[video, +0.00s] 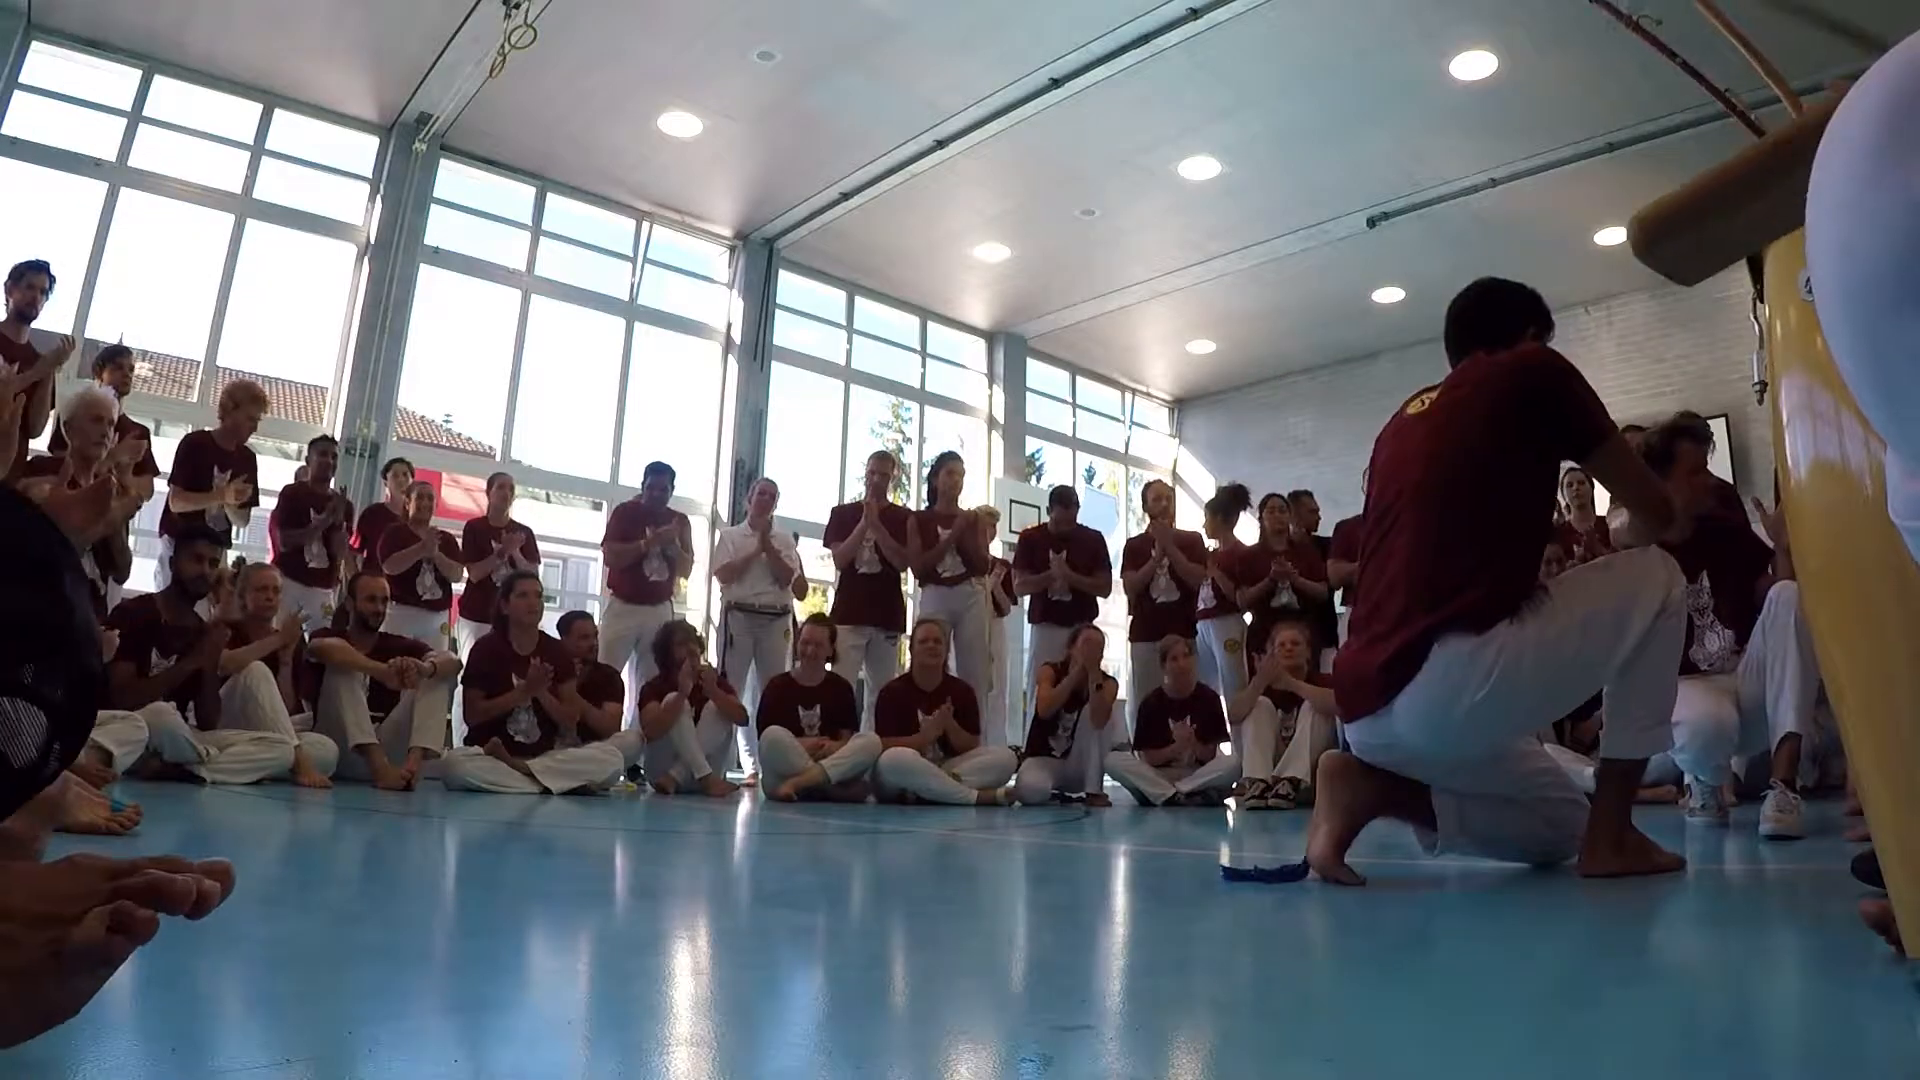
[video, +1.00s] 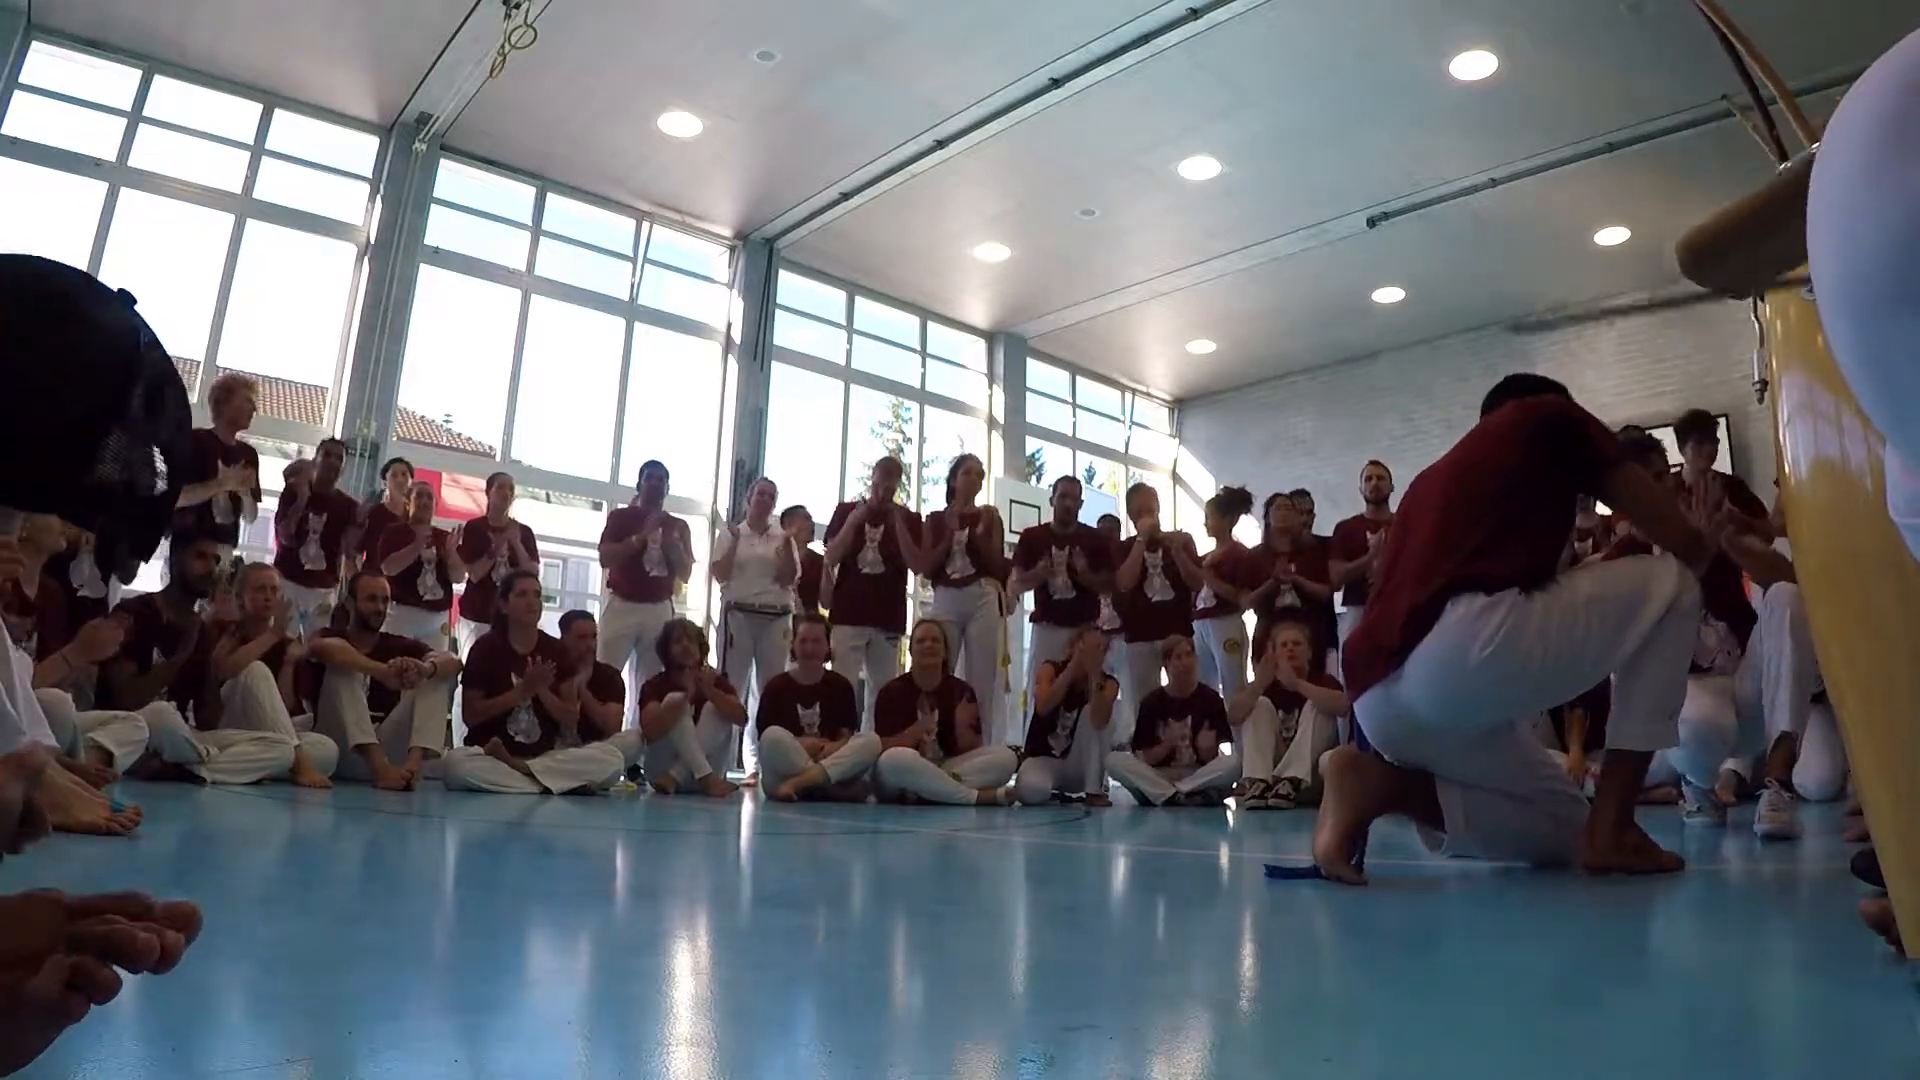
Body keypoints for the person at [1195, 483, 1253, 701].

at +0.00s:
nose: (1204, 523)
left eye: (1207, 518)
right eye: (1204, 517)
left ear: (1222, 519)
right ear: (1223, 520)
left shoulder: (1240, 552)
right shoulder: (1213, 554)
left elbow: (1240, 597)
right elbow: (1207, 586)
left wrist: (1215, 572)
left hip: (1227, 620)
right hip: (1204, 621)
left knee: (1233, 685)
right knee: (1207, 684)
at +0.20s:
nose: (1204, 522)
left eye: (1207, 516)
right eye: (1205, 516)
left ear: (1222, 519)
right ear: (1220, 519)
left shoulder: (1243, 553)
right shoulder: (1212, 555)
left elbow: (1240, 596)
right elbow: (1204, 585)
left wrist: (1216, 576)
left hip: (1228, 622)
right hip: (1203, 623)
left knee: (1235, 690)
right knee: (1205, 689)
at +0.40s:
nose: (1203, 521)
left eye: (1207, 516)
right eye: (1204, 515)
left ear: (1225, 519)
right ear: (1219, 520)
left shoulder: (1243, 554)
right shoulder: (1209, 555)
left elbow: (1242, 600)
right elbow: (1202, 587)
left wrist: (1211, 579)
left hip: (1228, 623)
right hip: (1202, 624)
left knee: (1234, 691)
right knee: (1205, 690)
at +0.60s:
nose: (1202, 520)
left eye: (1206, 515)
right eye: (1203, 515)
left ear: (1225, 519)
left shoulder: (1242, 554)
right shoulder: (1207, 557)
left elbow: (1241, 599)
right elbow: (1201, 589)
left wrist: (1210, 580)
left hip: (1227, 623)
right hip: (1201, 624)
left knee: (1234, 693)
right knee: (1205, 692)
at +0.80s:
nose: (1203, 521)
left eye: (1208, 515)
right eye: (1204, 515)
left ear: (1228, 519)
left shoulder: (1242, 554)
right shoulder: (1207, 558)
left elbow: (1242, 598)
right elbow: (1196, 586)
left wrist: (1209, 579)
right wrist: (1179, 553)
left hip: (1227, 622)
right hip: (1201, 623)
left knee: (1233, 690)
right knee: (1205, 690)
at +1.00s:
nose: (1205, 522)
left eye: (1210, 516)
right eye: (1205, 516)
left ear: (1230, 519)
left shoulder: (1241, 554)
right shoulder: (1206, 558)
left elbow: (1242, 596)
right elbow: (1196, 586)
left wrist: (1210, 578)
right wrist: (1180, 554)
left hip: (1227, 622)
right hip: (1201, 624)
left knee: (1233, 692)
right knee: (1205, 691)